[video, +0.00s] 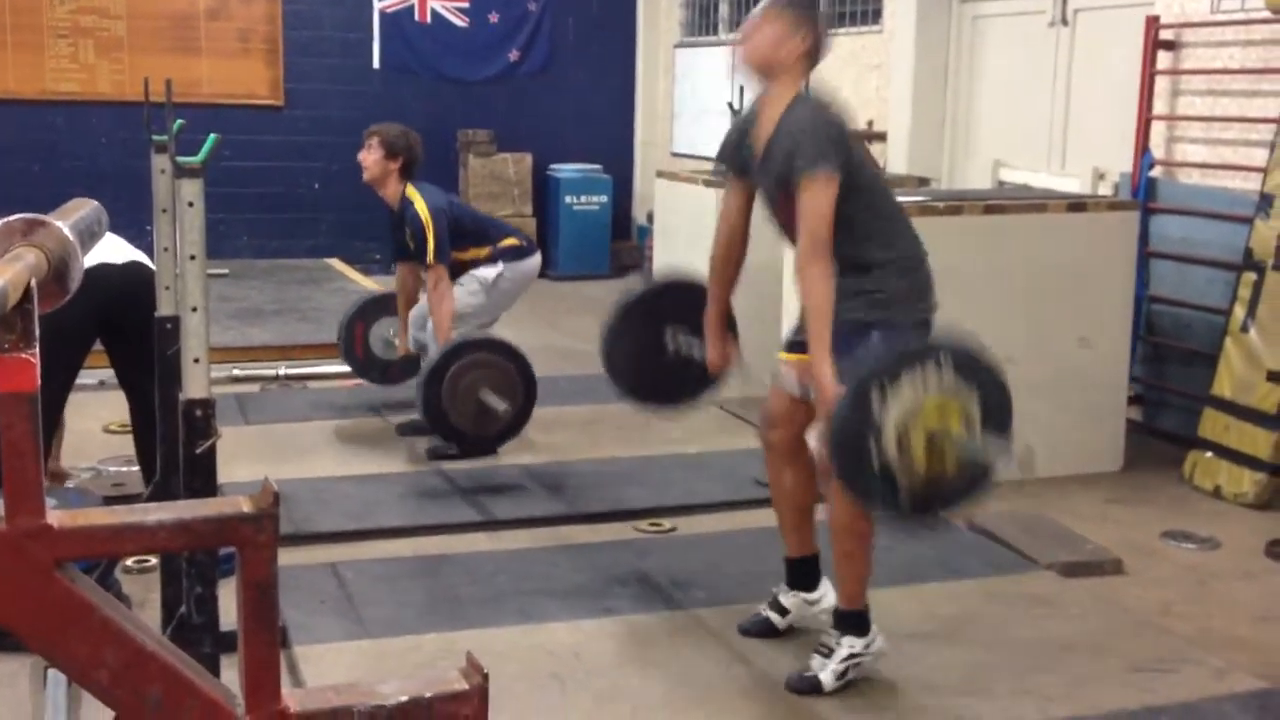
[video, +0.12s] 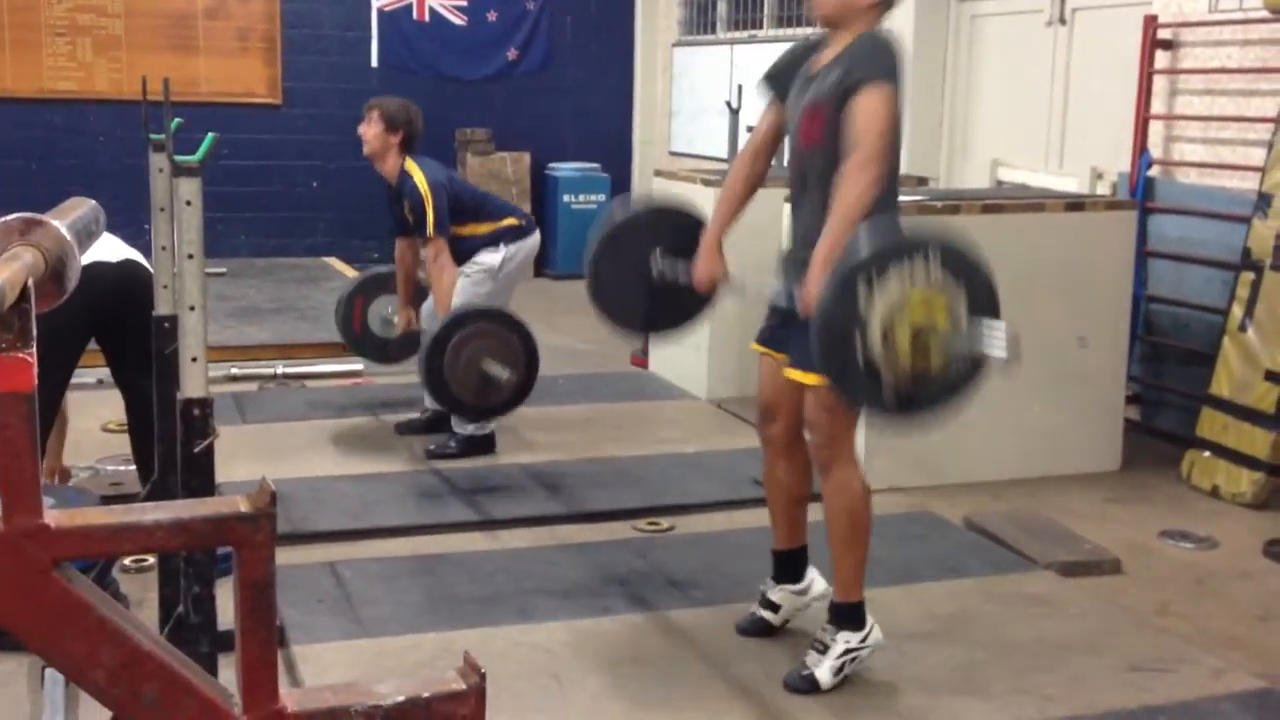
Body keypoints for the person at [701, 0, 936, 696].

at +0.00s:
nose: (745, 27)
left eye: (764, 20)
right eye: (750, 17)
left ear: (799, 44)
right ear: (770, 45)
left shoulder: (812, 126)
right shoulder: (750, 127)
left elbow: (815, 254)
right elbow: (731, 229)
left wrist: (820, 363)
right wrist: (715, 314)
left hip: (888, 304)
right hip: (830, 294)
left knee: (841, 450)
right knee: (781, 423)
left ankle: (855, 630)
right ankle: (803, 588)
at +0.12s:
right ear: (825, 3)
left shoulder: (872, 57)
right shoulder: (798, 60)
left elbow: (866, 168)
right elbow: (755, 154)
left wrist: (821, 267)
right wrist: (711, 238)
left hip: (844, 278)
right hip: (796, 273)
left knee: (829, 440)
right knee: (776, 426)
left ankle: (852, 625)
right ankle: (790, 581)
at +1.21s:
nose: (788, 281)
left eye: (804, 273)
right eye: (794, 269)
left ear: (841, 298)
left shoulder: (846, 365)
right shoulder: (779, 361)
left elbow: (743, 417)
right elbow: (669, 385)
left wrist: (812, 344)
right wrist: (731, 327)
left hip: (899, 517)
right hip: (826, 502)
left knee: (808, 547)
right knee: (706, 499)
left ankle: (871, 662)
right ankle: (802, 611)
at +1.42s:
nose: (772, 233)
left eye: (787, 225)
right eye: (778, 222)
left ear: (825, 247)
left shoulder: (828, 313)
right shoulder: (776, 313)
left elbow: (735, 373)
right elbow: (662, 346)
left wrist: (792, 296)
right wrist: (719, 285)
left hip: (908, 464)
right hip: (841, 455)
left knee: (809, 533)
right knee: (721, 487)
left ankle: (872, 663)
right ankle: (807, 613)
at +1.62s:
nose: (764, 184)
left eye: (779, 176)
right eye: (769, 173)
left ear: (818, 192)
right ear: (802, 195)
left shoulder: (827, 261)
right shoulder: (773, 262)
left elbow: (731, 321)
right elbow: (662, 298)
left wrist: (796, 239)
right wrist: (720, 233)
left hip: (906, 423)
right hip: (844, 418)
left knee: (817, 531)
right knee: (727, 479)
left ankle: (874, 665)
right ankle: (805, 615)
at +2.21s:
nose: (793, 42)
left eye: (809, 30)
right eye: (798, 29)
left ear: (846, 52)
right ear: (826, 48)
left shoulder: (842, 125)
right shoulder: (789, 126)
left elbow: (740, 134)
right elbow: (677, 129)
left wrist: (818, 79)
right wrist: (760, 89)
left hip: (841, 342)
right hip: (798, 337)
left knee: (847, 507)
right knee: (801, 488)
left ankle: (877, 681)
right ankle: (817, 636)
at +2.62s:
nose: (812, 63)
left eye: (830, 52)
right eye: (819, 52)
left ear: (870, 74)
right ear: (840, 74)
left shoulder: (859, 145)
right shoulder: (803, 146)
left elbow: (757, 149)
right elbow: (691, 140)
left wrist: (842, 98)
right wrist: (786, 108)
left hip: (834, 365)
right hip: (788, 361)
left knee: (851, 525)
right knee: (806, 511)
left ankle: (878, 699)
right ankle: (817, 655)